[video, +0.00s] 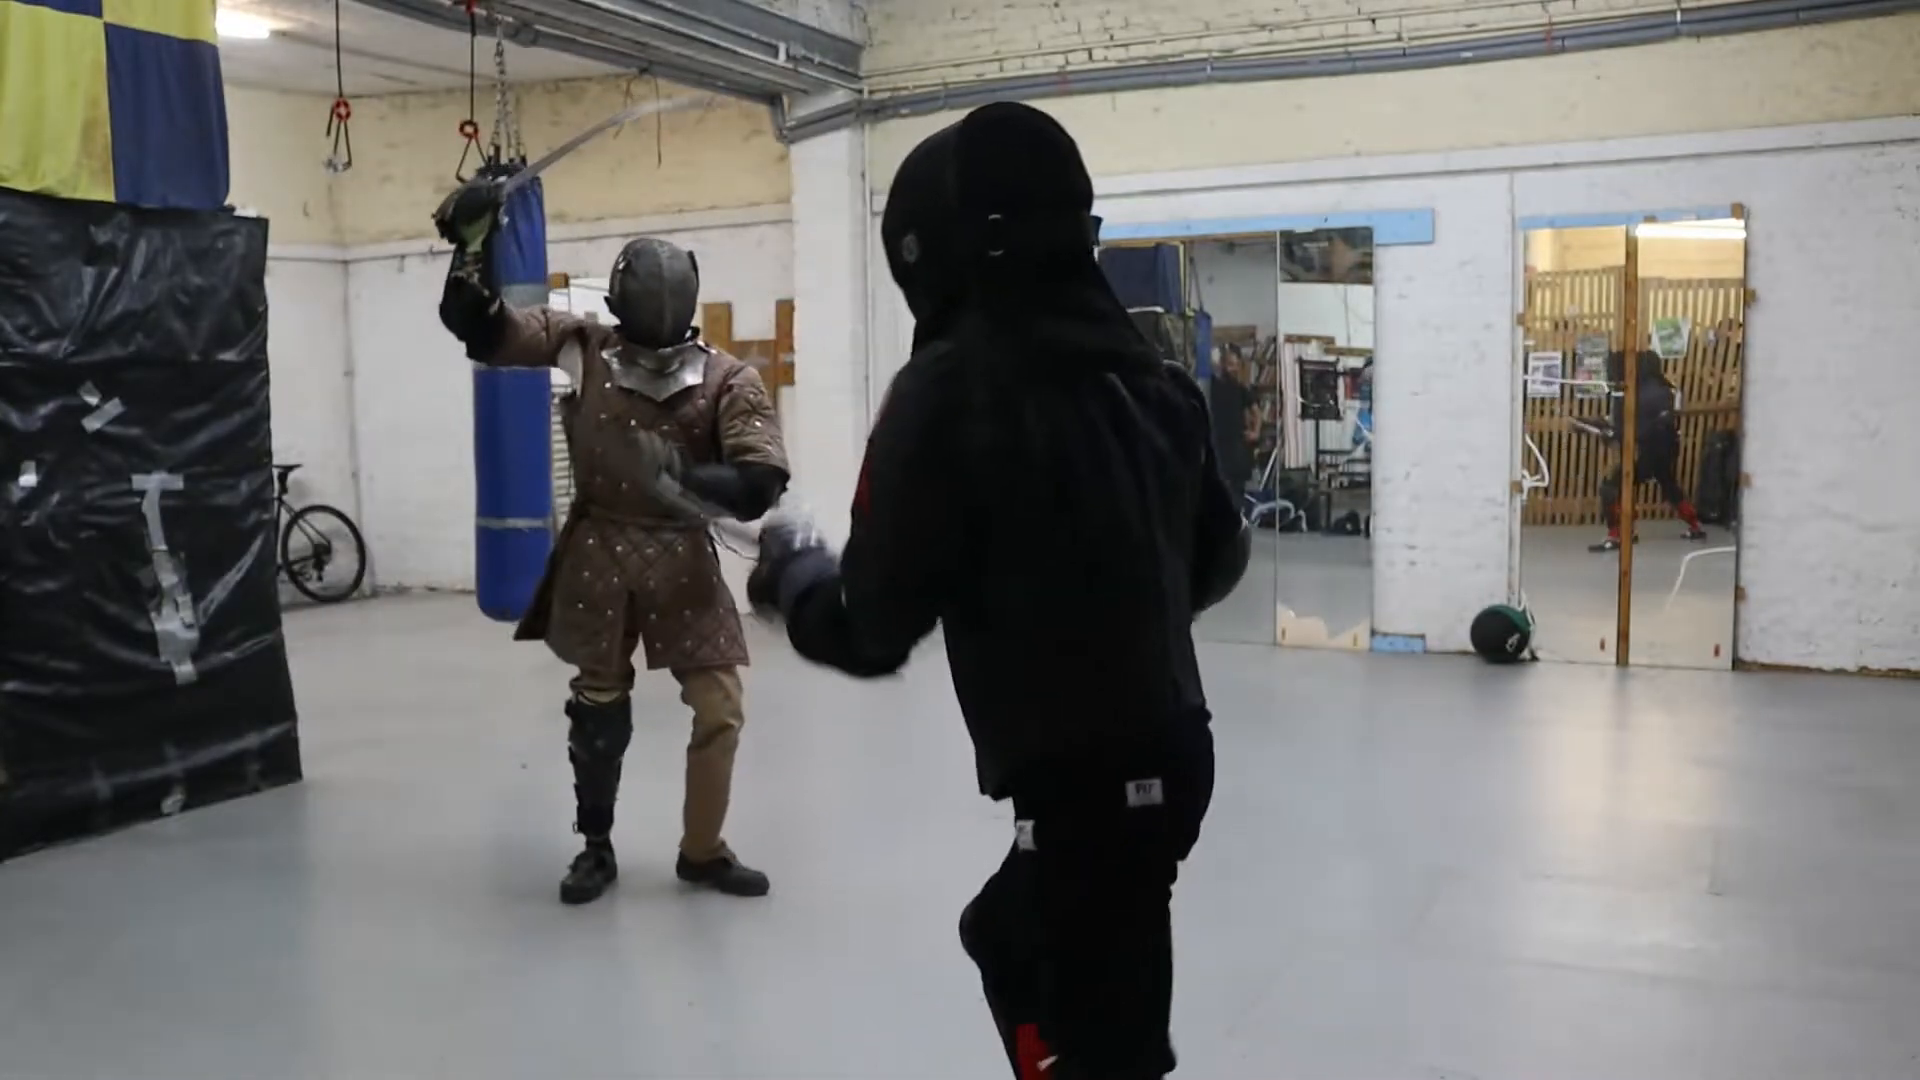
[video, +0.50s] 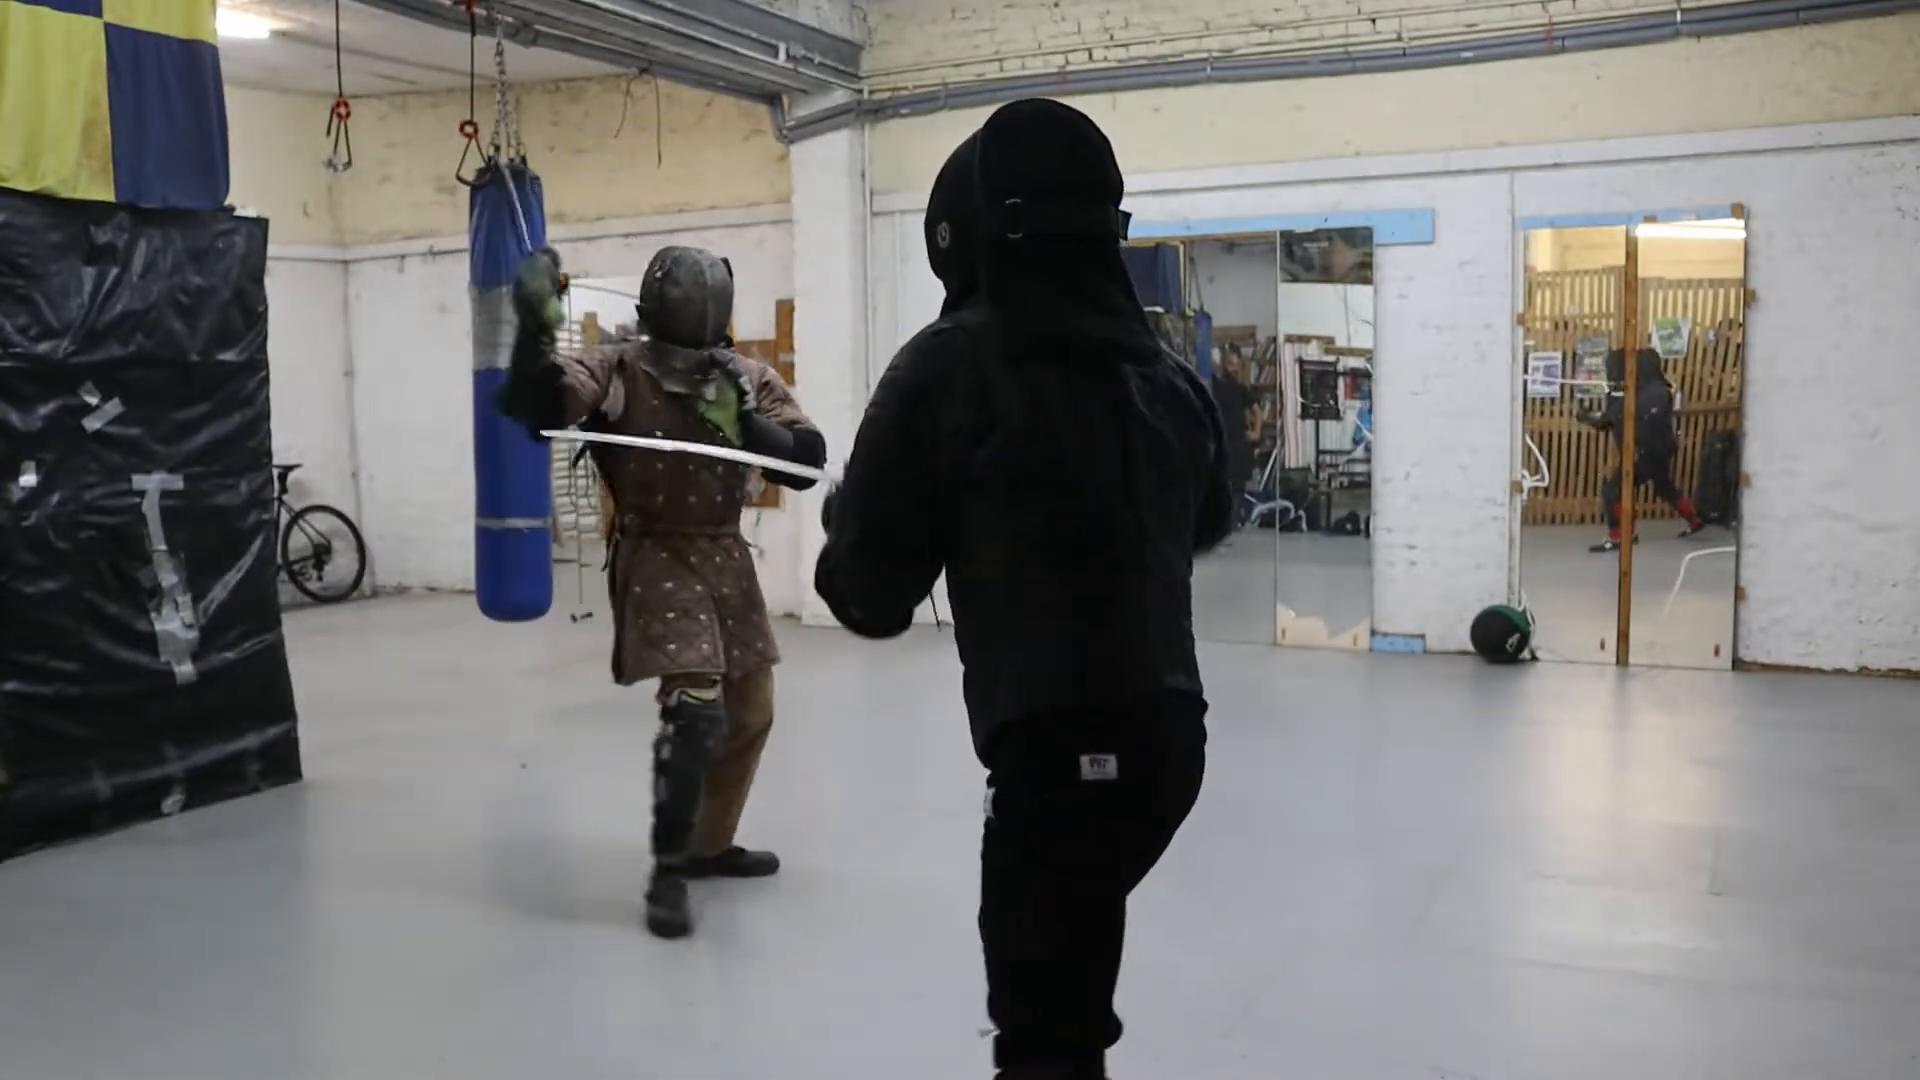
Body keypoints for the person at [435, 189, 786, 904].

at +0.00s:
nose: (650, 350)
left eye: (665, 339)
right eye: (637, 337)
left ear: (688, 318)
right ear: (617, 314)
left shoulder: (727, 381)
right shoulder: (581, 345)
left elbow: (762, 483)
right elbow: (483, 331)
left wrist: (686, 478)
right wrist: (468, 250)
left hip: (684, 558)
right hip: (599, 552)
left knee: (722, 710)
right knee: (599, 712)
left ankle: (702, 851)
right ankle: (595, 849)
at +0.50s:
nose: (689, 356)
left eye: (701, 341)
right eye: (676, 340)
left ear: (722, 324)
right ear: (651, 319)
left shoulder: (745, 377)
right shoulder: (617, 371)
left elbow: (810, 458)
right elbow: (536, 406)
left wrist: (745, 421)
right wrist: (536, 324)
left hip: (726, 554)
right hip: (655, 554)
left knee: (751, 713)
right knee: (697, 708)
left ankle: (710, 845)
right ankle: (668, 875)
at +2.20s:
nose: (776, 343)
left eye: (770, 333)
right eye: (764, 334)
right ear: (729, 341)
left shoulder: (741, 410)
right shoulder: (675, 420)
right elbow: (699, 569)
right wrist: (818, 645)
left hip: (759, 618)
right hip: (700, 625)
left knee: (826, 757)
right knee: (781, 791)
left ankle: (768, 883)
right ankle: (684, 967)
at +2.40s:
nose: (769, 350)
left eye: (782, 331)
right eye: (752, 331)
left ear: (796, 327)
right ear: (714, 328)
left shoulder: (801, 401)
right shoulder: (677, 418)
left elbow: (835, 491)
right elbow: (679, 549)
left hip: (790, 610)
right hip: (711, 620)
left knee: (791, 763)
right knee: (783, 788)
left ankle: (760, 870)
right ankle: (727, 960)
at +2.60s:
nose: (776, 338)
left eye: (789, 320)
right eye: (761, 321)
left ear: (807, 317)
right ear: (725, 313)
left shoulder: (822, 380)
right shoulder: (685, 377)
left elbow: (867, 461)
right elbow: (638, 466)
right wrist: (623, 536)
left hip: (812, 599)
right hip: (738, 609)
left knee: (811, 784)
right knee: (835, 800)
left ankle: (719, 917)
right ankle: (770, 992)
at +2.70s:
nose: (807, 363)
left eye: (819, 346)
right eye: (791, 345)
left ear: (832, 339)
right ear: (748, 337)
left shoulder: (839, 405)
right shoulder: (702, 395)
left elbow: (878, 498)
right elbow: (642, 499)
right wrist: (590, 490)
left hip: (826, 629)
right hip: (750, 638)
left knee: (808, 803)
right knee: (850, 830)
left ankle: (719, 923)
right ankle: (783, 1033)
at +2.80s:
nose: (809, 361)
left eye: (826, 340)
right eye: (791, 339)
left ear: (840, 336)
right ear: (751, 332)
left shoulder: (845, 412)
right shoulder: (709, 403)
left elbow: (876, 521)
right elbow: (646, 504)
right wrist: (576, 400)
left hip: (841, 642)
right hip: (759, 648)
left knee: (831, 811)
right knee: (858, 852)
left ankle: (733, 910)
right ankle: (778, 1039)